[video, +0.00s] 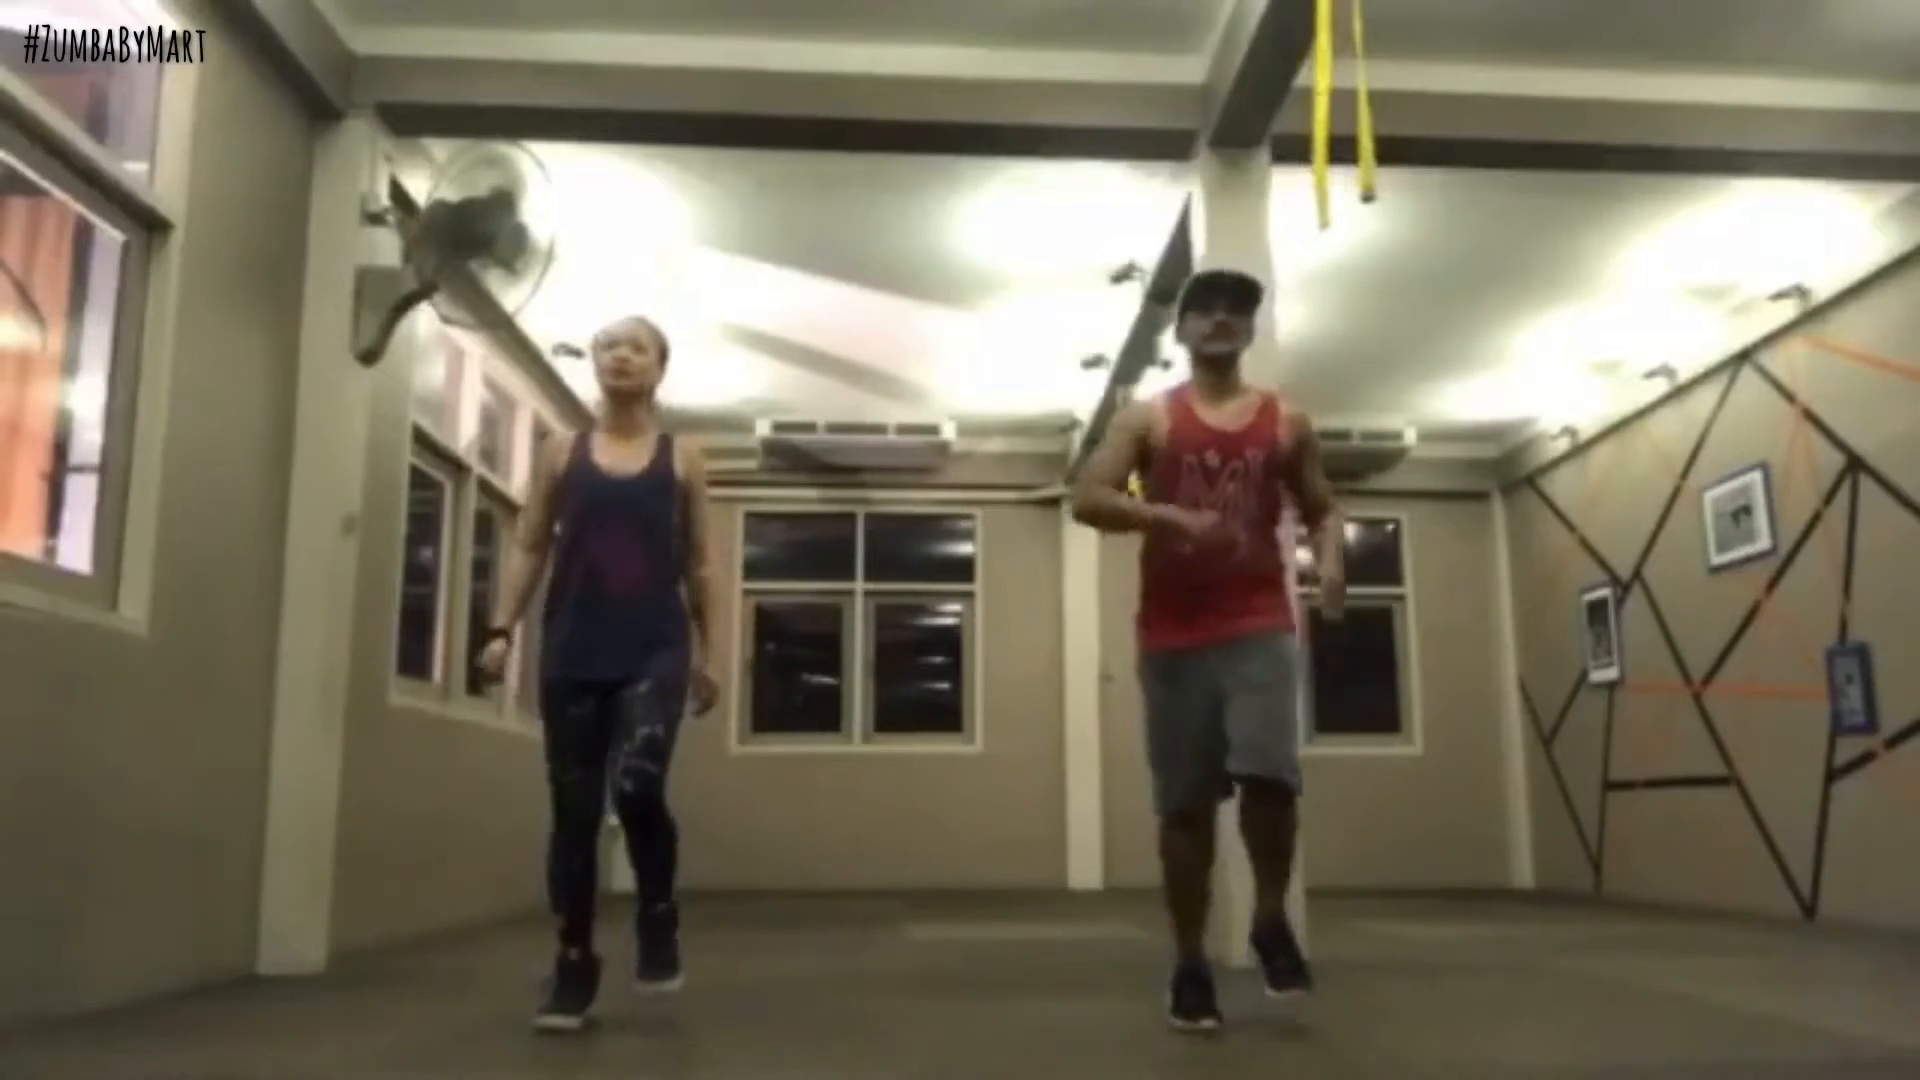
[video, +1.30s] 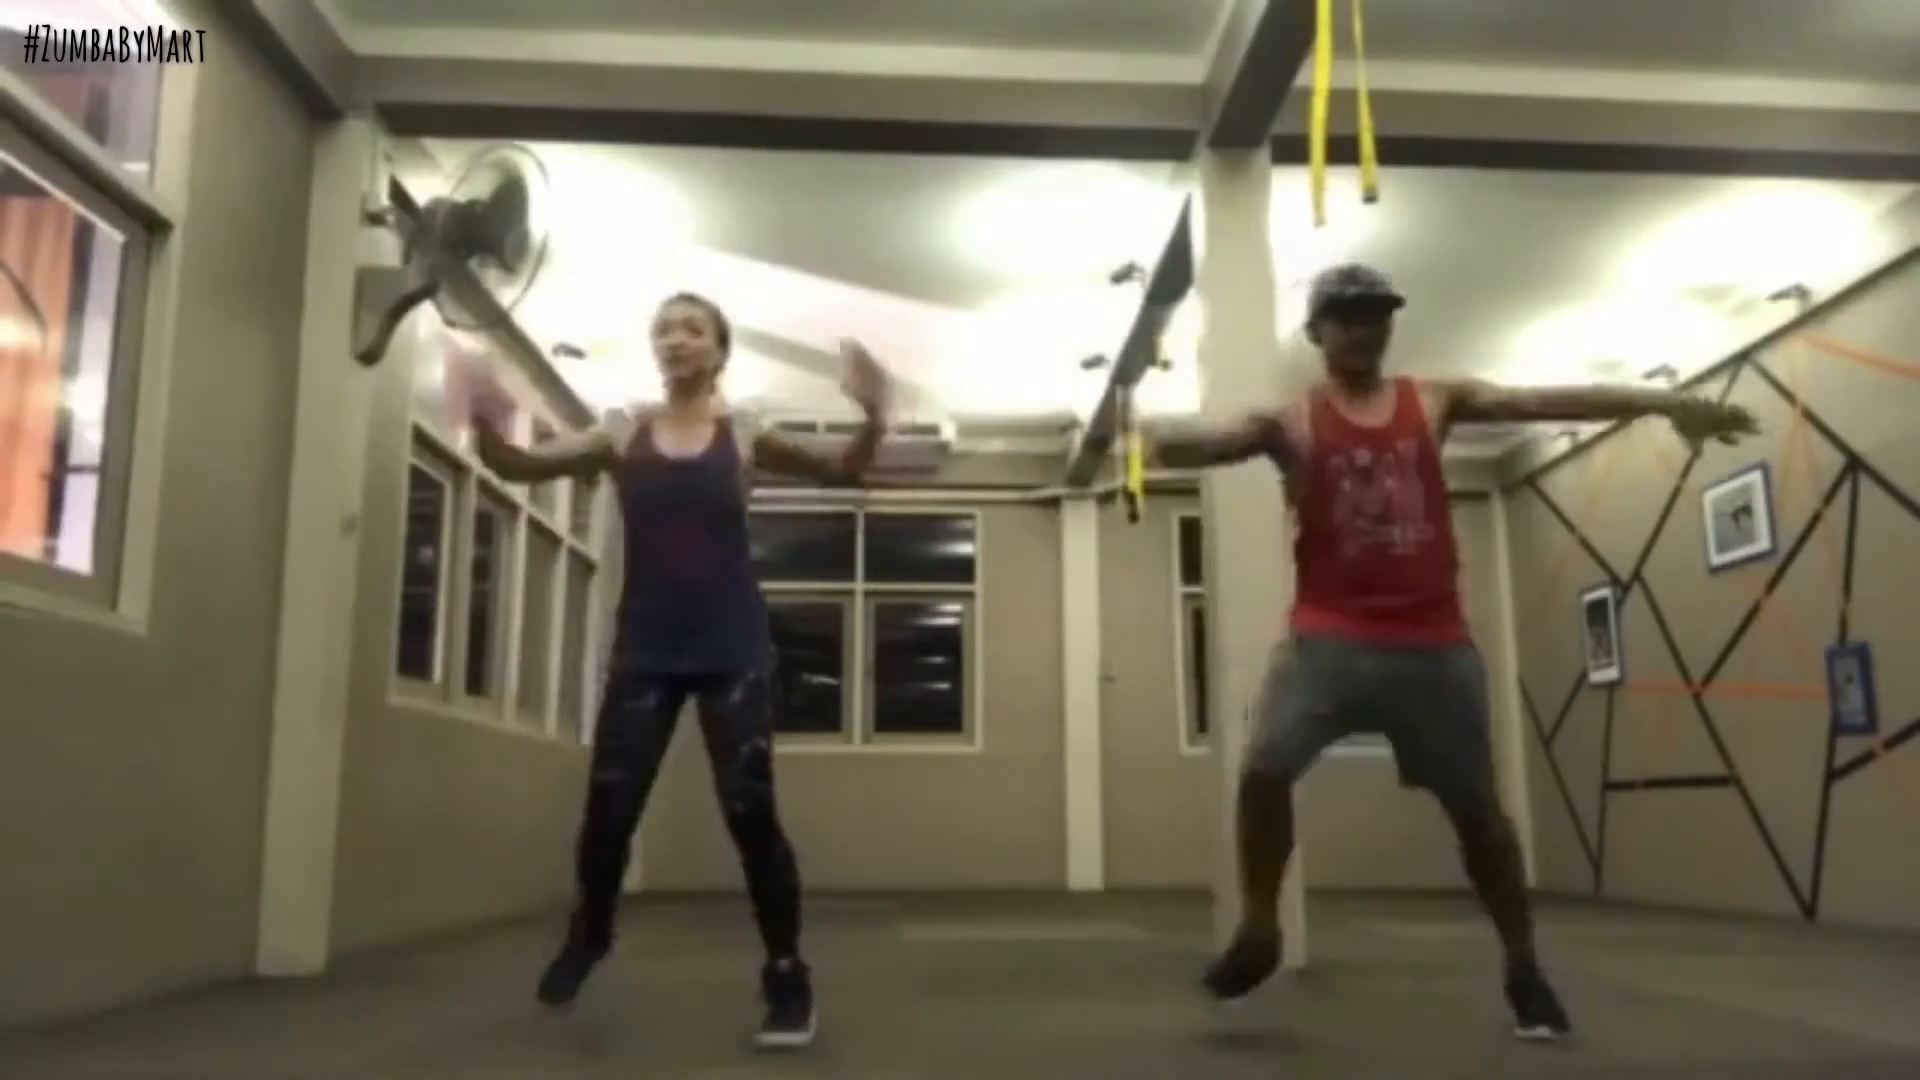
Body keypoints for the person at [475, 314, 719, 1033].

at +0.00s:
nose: (620, 358)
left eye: (636, 349)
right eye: (611, 348)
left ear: (660, 370)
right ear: (594, 364)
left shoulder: (682, 458)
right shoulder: (562, 453)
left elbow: (701, 564)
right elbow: (530, 545)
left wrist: (709, 655)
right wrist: (503, 626)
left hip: (656, 653)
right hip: (573, 653)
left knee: (635, 788)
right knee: (574, 811)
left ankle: (657, 919)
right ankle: (574, 961)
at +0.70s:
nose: (617, 371)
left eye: (633, 361)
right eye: (607, 360)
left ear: (658, 382)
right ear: (591, 376)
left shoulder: (680, 465)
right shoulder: (562, 465)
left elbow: (732, 552)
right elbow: (516, 557)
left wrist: (750, 588)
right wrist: (466, 631)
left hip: (654, 665)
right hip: (573, 663)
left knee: (646, 817)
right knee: (560, 822)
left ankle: (653, 969)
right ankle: (556, 973)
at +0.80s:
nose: (621, 362)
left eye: (637, 353)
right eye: (610, 352)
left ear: (663, 374)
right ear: (595, 371)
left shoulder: (687, 457)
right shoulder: (565, 455)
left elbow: (762, 508)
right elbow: (500, 528)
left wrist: (827, 523)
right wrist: (437, 559)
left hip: (656, 655)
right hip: (573, 655)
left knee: (664, 792)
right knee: (561, 812)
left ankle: (680, 932)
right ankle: (557, 964)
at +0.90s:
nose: (630, 352)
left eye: (646, 344)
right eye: (620, 342)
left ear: (673, 366)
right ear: (605, 359)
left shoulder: (695, 450)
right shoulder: (577, 443)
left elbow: (785, 483)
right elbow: (518, 517)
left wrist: (864, 496)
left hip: (661, 643)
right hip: (579, 644)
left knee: (681, 780)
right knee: (564, 808)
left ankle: (729, 946)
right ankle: (553, 968)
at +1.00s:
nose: (641, 352)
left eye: (659, 344)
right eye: (634, 342)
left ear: (687, 367)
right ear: (621, 359)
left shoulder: (702, 450)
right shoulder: (589, 438)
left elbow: (771, 491)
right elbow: (570, 503)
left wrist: (832, 508)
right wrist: (642, 470)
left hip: (673, 647)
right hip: (593, 646)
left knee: (701, 793)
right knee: (571, 811)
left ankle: (773, 963)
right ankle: (554, 966)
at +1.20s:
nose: (671, 350)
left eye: (686, 339)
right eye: (661, 339)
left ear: (714, 357)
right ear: (647, 355)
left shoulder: (735, 440)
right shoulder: (627, 435)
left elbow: (796, 505)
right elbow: (549, 491)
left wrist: (868, 497)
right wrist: (605, 460)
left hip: (719, 655)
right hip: (638, 653)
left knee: (733, 817)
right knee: (596, 822)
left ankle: (785, 982)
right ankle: (567, 961)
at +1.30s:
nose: (677, 340)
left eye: (692, 329)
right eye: (665, 330)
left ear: (721, 349)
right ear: (651, 348)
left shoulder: (742, 434)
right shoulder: (626, 436)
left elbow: (845, 468)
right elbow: (524, 467)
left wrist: (874, 412)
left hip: (730, 647)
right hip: (647, 648)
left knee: (751, 813)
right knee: (607, 809)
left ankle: (786, 975)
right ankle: (588, 936)